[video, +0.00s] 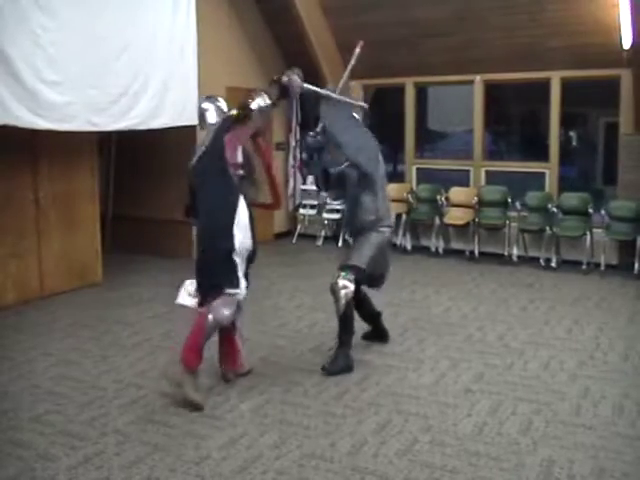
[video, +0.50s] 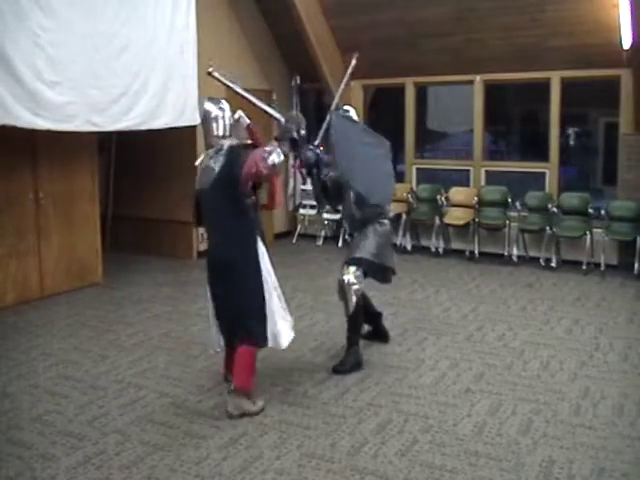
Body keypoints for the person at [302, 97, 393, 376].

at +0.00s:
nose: (329, 134)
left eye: (334, 128)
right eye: (328, 128)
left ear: (349, 125)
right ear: (329, 129)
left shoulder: (367, 151)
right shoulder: (343, 158)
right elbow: (328, 186)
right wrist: (315, 154)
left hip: (377, 227)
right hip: (356, 229)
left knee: (344, 284)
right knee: (351, 286)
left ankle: (343, 353)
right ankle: (378, 327)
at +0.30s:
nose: (344, 152)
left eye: (348, 148)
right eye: (342, 148)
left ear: (358, 150)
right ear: (344, 153)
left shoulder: (371, 172)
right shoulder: (345, 179)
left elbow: (374, 160)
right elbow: (329, 206)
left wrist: (347, 127)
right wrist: (316, 180)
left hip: (378, 230)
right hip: (360, 233)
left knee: (350, 282)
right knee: (349, 284)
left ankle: (354, 352)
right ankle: (377, 327)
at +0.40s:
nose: (333, 153)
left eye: (338, 147)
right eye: (333, 148)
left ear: (351, 147)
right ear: (338, 151)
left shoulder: (370, 172)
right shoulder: (345, 178)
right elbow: (329, 205)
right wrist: (315, 179)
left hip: (377, 230)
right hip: (360, 232)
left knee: (350, 282)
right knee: (347, 284)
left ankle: (354, 351)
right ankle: (377, 326)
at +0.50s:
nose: (333, 145)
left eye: (337, 139)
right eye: (332, 140)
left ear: (350, 138)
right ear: (333, 142)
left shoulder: (371, 163)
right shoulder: (343, 170)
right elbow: (328, 199)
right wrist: (315, 172)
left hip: (376, 225)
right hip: (358, 229)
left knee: (350, 279)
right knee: (347, 283)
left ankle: (352, 351)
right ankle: (377, 326)